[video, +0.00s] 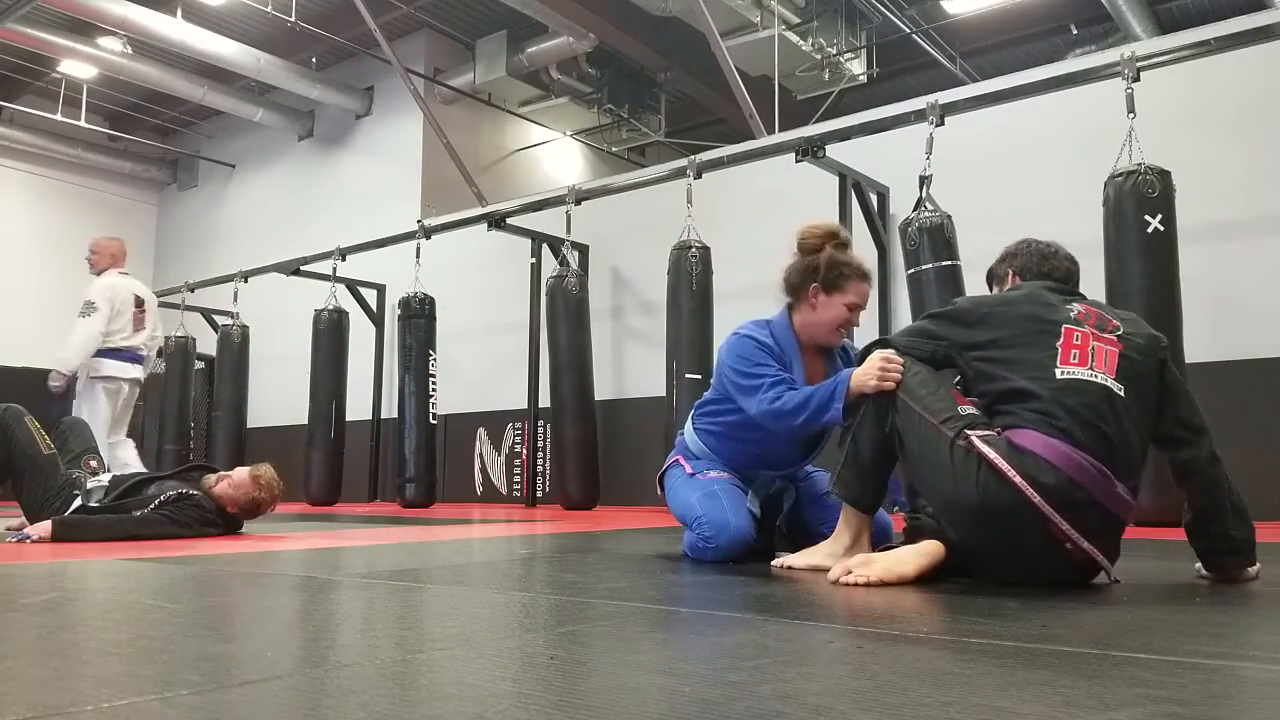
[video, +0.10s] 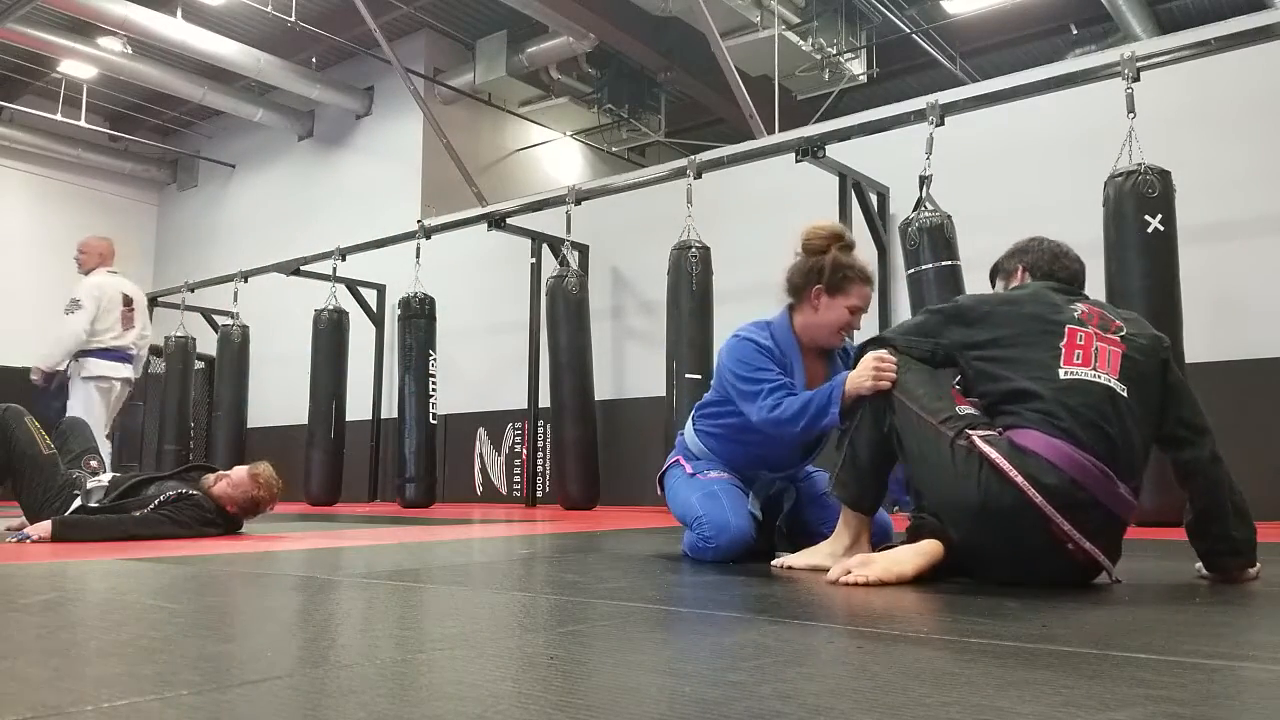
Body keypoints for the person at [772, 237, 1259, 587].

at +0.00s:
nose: (991, 303)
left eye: (993, 294)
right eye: (993, 296)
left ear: (1012, 282)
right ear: (1072, 285)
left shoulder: (999, 304)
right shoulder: (1145, 339)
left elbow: (888, 352)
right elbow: (1198, 458)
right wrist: (1230, 559)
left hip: (994, 501)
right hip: (1071, 560)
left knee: (896, 371)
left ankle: (846, 535)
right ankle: (924, 548)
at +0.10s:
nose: (995, 298)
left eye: (997, 289)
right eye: (997, 291)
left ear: (1019, 277)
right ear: (1081, 287)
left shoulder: (999, 304)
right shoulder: (1148, 340)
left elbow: (883, 348)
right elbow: (1201, 458)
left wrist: (855, 392)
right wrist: (1231, 559)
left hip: (994, 502)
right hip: (1071, 561)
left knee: (895, 366)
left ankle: (848, 533)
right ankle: (923, 546)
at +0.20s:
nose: (995, 297)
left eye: (998, 288)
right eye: (997, 290)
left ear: (1021, 276)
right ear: (1082, 287)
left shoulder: (998, 303)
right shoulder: (1148, 341)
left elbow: (865, 338)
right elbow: (1202, 459)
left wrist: (840, 406)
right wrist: (1231, 559)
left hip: (993, 506)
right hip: (1071, 560)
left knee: (870, 366)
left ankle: (849, 535)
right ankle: (921, 547)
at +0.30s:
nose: (993, 300)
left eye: (996, 290)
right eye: (994, 293)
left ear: (1022, 277)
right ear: (1081, 290)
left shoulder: (1004, 301)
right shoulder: (1148, 345)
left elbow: (867, 324)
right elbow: (1203, 461)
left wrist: (845, 390)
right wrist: (1231, 560)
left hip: (982, 503)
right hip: (1063, 561)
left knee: (864, 364)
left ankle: (848, 536)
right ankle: (919, 548)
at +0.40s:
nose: (992, 299)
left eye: (996, 290)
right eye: (993, 292)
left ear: (1023, 277)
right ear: (1081, 291)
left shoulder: (1001, 299)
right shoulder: (1147, 347)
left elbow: (860, 319)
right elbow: (1204, 462)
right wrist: (1231, 560)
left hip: (977, 500)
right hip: (1062, 560)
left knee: (863, 370)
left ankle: (846, 538)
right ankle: (913, 549)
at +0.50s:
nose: (992, 306)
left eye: (998, 295)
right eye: (993, 296)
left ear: (1029, 280)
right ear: (1080, 292)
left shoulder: (1015, 302)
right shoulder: (1148, 349)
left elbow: (880, 319)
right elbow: (1204, 462)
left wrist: (844, 343)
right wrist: (1230, 560)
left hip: (974, 502)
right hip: (1060, 561)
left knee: (862, 370)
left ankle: (846, 538)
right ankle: (913, 550)